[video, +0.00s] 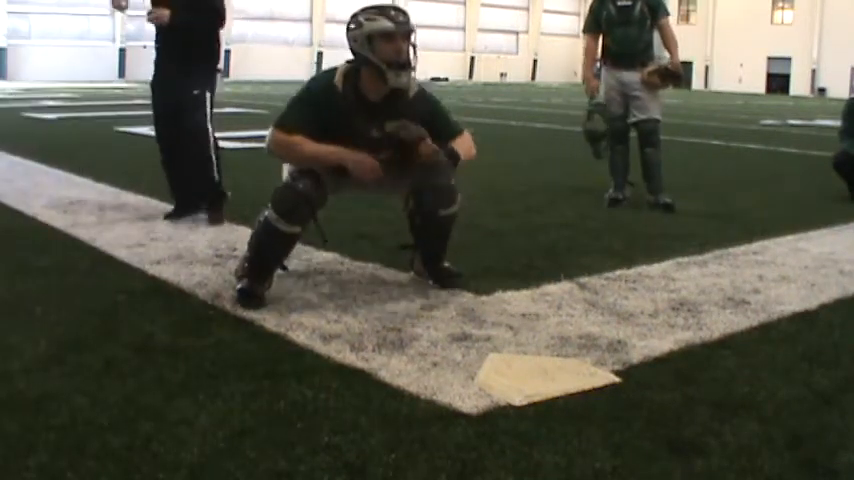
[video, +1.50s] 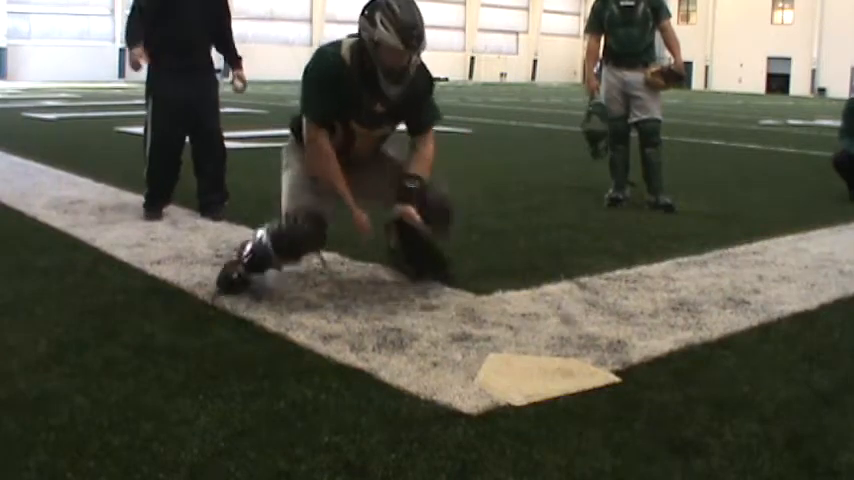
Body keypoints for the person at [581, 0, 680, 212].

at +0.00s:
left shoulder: (650, 3)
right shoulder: (600, 4)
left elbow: (664, 28)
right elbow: (592, 39)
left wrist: (675, 60)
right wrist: (588, 76)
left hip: (644, 74)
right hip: (612, 74)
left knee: (649, 133)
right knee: (616, 134)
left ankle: (656, 193)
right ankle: (618, 188)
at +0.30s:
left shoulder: (651, 3)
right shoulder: (601, 4)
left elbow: (664, 28)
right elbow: (592, 39)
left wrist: (676, 60)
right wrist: (591, 75)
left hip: (644, 75)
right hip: (612, 74)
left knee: (650, 133)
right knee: (616, 134)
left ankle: (656, 193)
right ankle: (618, 188)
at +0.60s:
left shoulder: (652, 4)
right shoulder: (602, 5)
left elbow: (666, 29)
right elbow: (593, 40)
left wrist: (678, 60)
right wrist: (589, 76)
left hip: (645, 74)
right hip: (613, 74)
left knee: (650, 134)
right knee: (617, 135)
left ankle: (656, 193)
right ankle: (618, 188)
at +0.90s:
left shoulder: (653, 4)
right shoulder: (603, 4)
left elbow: (666, 29)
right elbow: (594, 40)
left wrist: (678, 59)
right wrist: (589, 77)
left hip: (645, 73)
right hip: (613, 73)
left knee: (651, 134)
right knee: (617, 134)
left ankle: (656, 193)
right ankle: (618, 188)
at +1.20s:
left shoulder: (653, 4)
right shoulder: (603, 4)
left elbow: (666, 29)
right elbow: (594, 40)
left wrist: (678, 60)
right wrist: (589, 75)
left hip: (645, 74)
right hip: (613, 73)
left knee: (651, 133)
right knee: (617, 134)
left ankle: (656, 193)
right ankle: (618, 188)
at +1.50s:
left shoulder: (653, 4)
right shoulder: (603, 5)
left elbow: (666, 29)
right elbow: (594, 39)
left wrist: (678, 60)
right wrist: (590, 75)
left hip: (645, 74)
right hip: (613, 73)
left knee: (651, 134)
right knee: (617, 134)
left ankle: (656, 193)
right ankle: (618, 188)